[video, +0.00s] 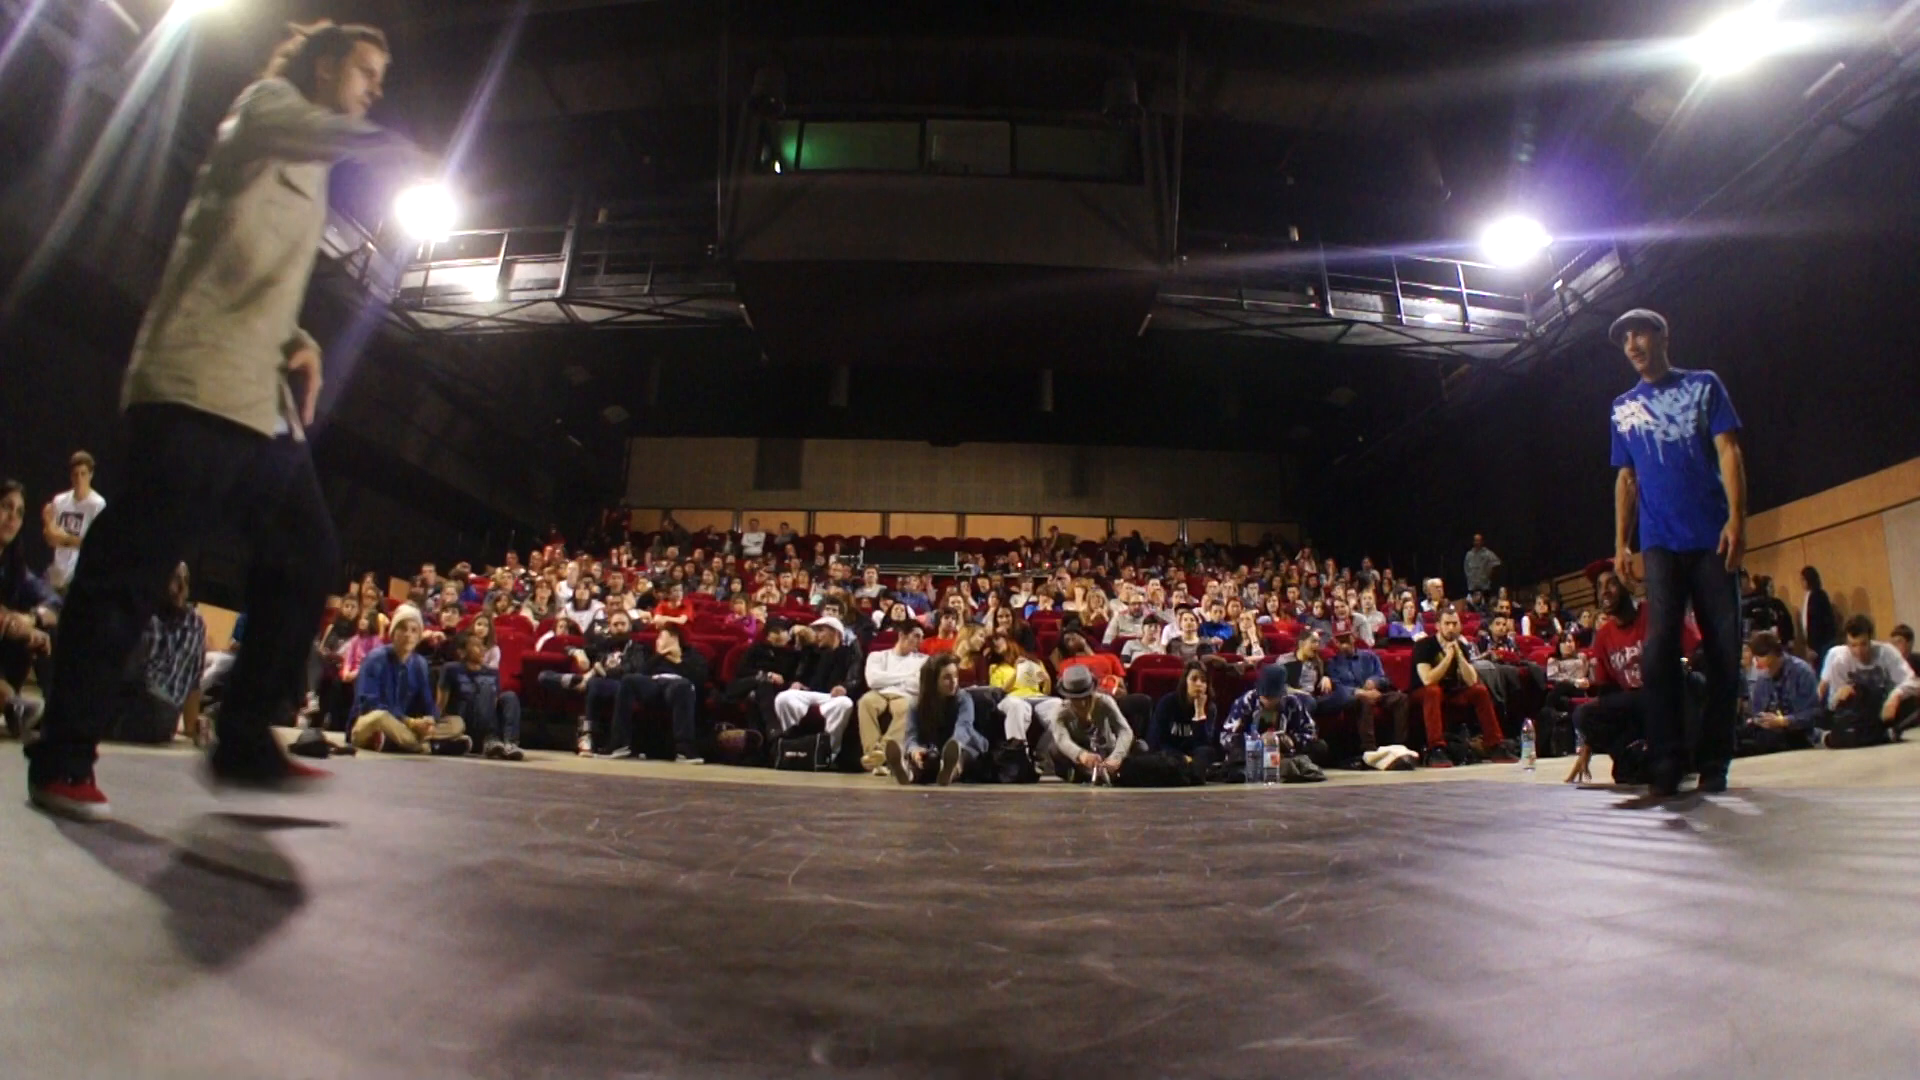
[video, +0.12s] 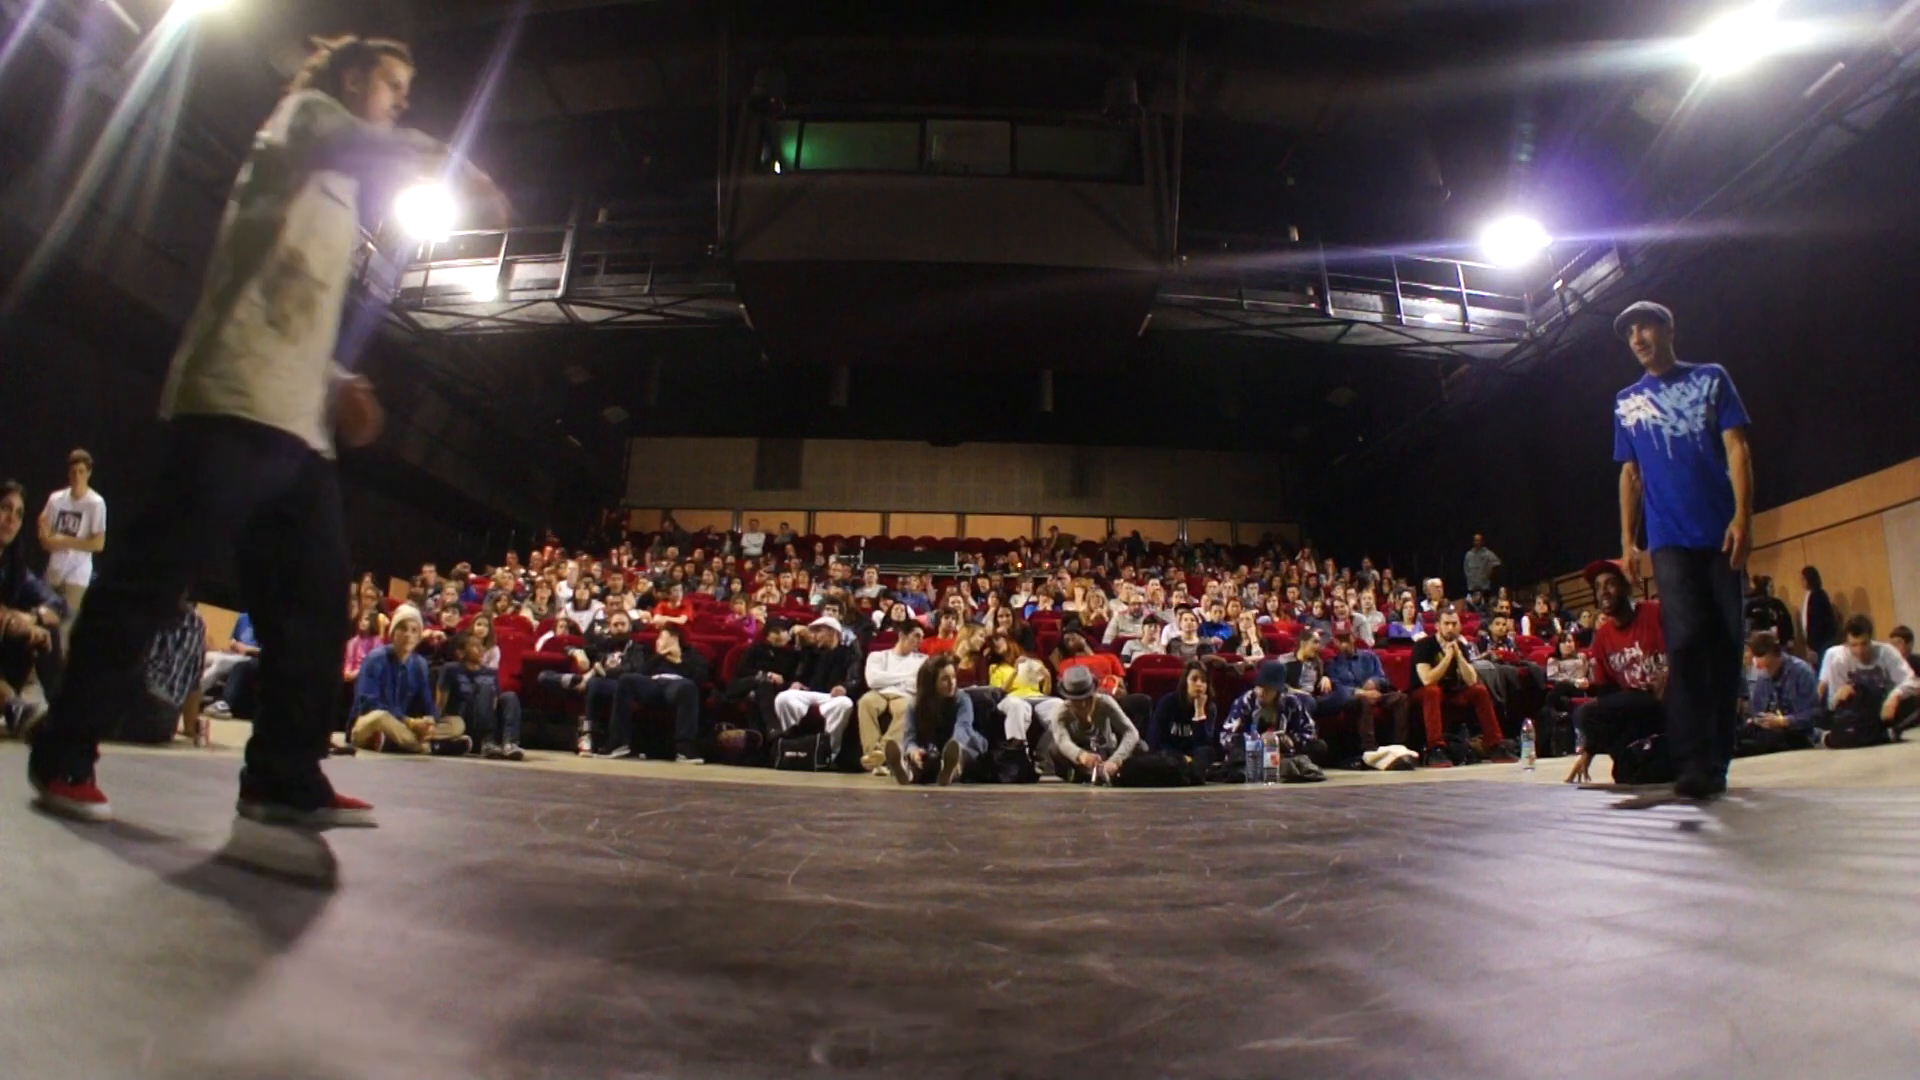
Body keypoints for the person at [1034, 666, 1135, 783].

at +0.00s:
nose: (1082, 704)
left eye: (1086, 698)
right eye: (1076, 700)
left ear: (1093, 692)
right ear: (1067, 696)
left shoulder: (1105, 702)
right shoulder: (1060, 712)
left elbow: (1125, 732)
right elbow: (1062, 740)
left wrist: (1115, 758)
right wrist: (1082, 755)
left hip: (1109, 753)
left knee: (1140, 747)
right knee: (1056, 749)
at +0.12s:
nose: (1083, 705)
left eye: (1087, 699)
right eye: (1076, 701)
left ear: (1094, 692)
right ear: (1067, 698)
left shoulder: (1106, 702)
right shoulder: (1061, 713)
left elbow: (1131, 733)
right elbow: (1062, 741)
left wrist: (1115, 762)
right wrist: (1082, 756)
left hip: (1110, 756)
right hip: (1082, 761)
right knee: (1056, 750)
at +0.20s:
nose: (1084, 705)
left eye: (1088, 700)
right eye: (1077, 701)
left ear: (1095, 693)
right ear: (1068, 699)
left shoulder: (1107, 703)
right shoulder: (1061, 713)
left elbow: (1132, 734)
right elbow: (1062, 741)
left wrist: (1114, 764)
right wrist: (1082, 756)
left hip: (1109, 754)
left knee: (1140, 749)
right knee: (1056, 750)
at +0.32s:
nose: (1085, 705)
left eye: (1090, 700)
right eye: (1079, 701)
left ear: (1096, 694)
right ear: (1070, 698)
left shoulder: (1108, 704)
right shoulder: (1062, 712)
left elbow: (1133, 737)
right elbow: (1062, 741)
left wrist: (1115, 766)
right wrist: (1082, 756)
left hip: (1108, 754)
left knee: (1140, 748)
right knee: (1056, 750)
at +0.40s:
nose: (1086, 706)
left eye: (1091, 700)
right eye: (1080, 701)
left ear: (1098, 694)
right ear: (1071, 698)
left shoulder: (1109, 703)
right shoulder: (1064, 712)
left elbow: (1133, 738)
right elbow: (1062, 741)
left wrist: (1115, 767)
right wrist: (1082, 756)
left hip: (1110, 753)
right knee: (1056, 750)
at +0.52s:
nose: (1088, 707)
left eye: (1092, 702)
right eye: (1081, 703)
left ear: (1099, 695)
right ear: (1073, 699)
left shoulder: (1110, 704)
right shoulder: (1064, 713)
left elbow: (1133, 740)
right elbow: (1063, 741)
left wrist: (1114, 769)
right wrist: (1081, 757)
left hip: (1110, 753)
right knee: (1056, 749)